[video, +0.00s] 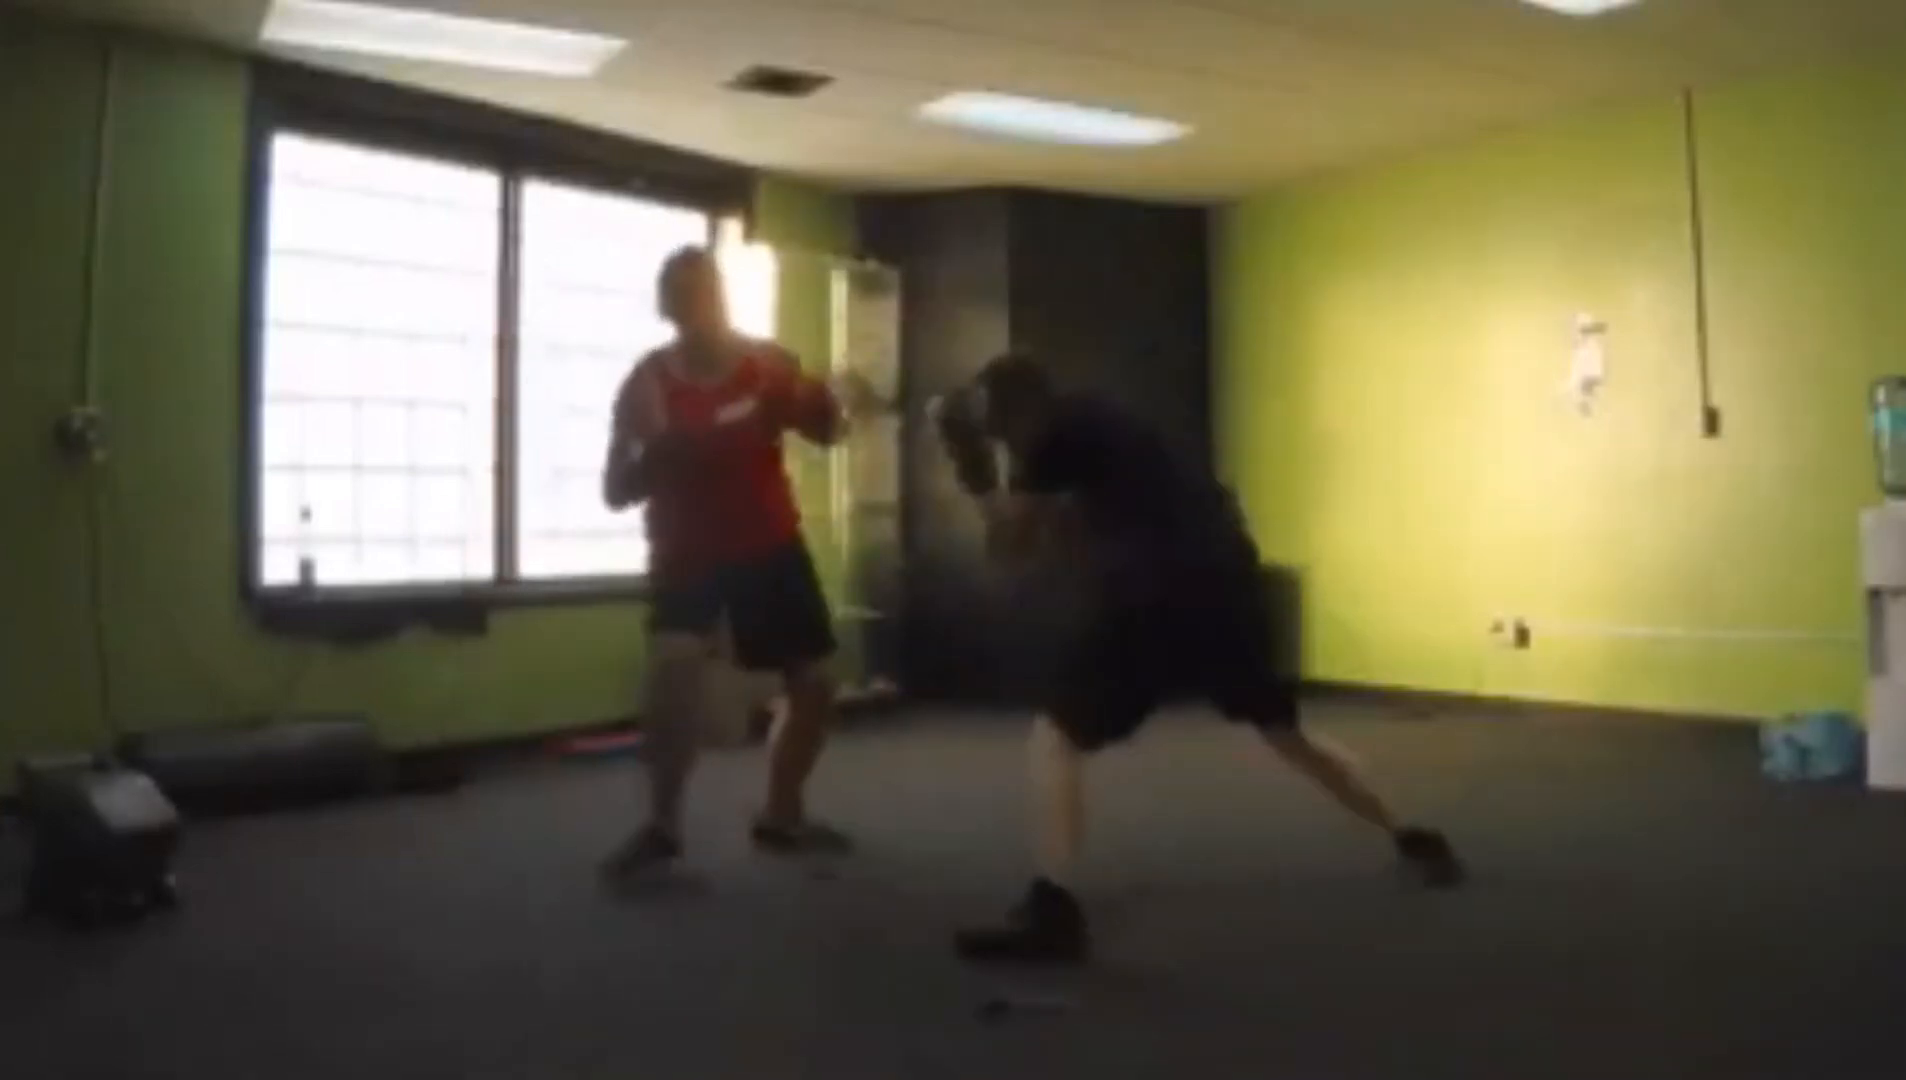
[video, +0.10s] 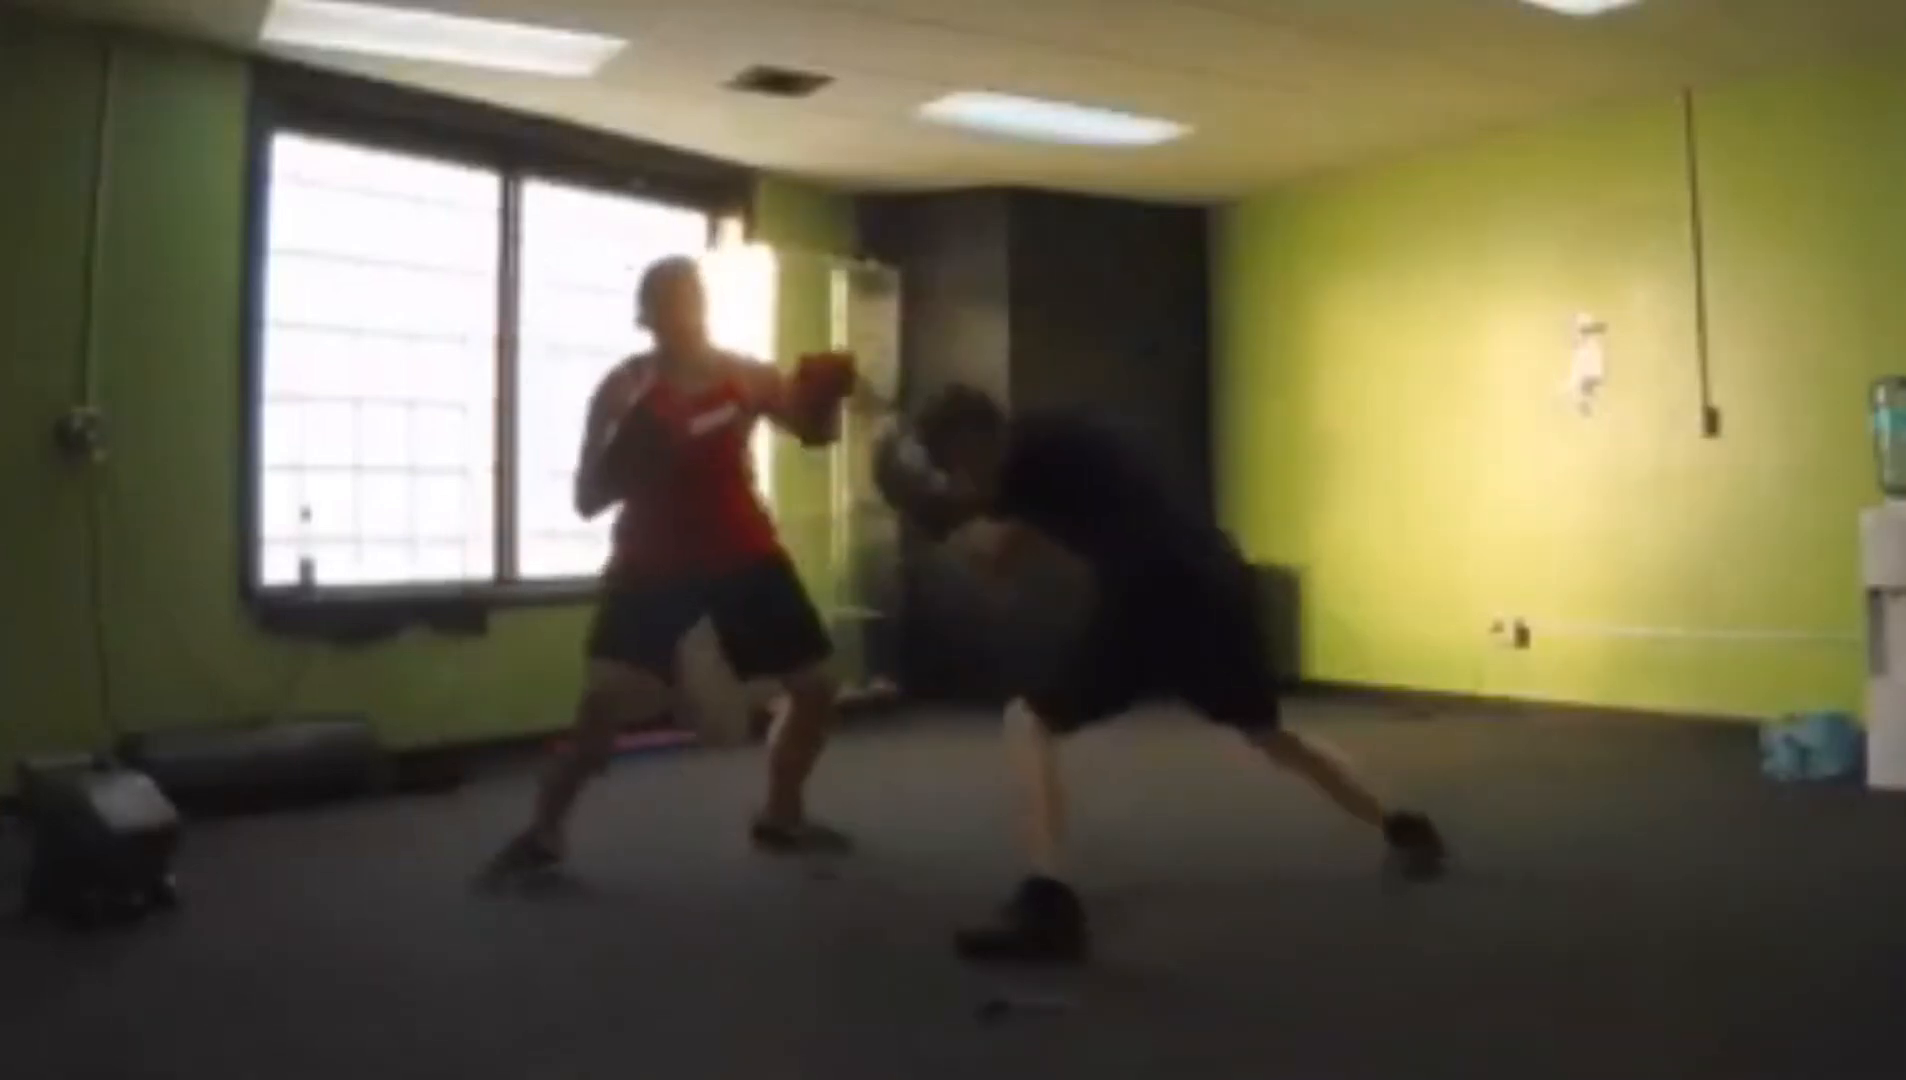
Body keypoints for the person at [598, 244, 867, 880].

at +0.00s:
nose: (700, 310)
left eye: (707, 293)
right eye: (687, 298)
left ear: (723, 295)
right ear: (667, 307)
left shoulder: (766, 366)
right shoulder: (651, 383)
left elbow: (826, 426)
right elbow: (618, 488)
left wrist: (806, 397)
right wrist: (660, 451)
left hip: (770, 554)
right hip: (686, 562)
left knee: (813, 688)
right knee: (671, 689)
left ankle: (783, 816)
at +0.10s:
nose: (685, 315)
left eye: (691, 300)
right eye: (670, 303)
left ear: (705, 303)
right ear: (647, 314)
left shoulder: (744, 377)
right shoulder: (626, 389)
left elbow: (814, 431)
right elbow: (589, 498)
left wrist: (824, 393)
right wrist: (634, 434)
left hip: (744, 557)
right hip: (651, 565)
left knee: (815, 688)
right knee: (603, 708)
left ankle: (782, 817)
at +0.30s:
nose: (647, 329)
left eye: (653, 314)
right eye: (631, 318)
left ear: (668, 315)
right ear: (608, 327)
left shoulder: (702, 380)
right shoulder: (589, 396)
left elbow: (786, 414)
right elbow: (533, 490)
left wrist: (852, 433)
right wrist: (562, 433)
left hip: (705, 561)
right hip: (615, 567)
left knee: (778, 680)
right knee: (559, 689)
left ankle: (824, 802)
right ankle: (528, 833)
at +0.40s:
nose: (647, 331)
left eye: (656, 315)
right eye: (632, 319)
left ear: (672, 317)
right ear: (611, 327)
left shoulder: (699, 385)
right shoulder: (596, 393)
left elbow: (777, 467)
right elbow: (545, 477)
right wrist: (570, 432)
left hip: (711, 566)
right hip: (621, 566)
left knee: (778, 690)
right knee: (559, 688)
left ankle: (833, 807)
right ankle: (528, 833)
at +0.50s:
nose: (676, 332)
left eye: (685, 317)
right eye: (663, 319)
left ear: (701, 325)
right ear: (643, 328)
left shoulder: (729, 402)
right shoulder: (616, 392)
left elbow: (786, 489)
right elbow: (576, 474)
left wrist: (731, 451)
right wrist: (638, 458)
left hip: (722, 568)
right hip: (629, 571)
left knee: (809, 684)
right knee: (565, 691)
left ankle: (845, 812)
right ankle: (528, 835)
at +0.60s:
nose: (736, 338)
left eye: (745, 324)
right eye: (723, 325)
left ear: (758, 323)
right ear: (700, 325)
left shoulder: (775, 386)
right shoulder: (661, 382)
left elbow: (841, 465)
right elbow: (596, 469)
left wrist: (863, 421)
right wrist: (627, 437)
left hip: (739, 558)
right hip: (648, 563)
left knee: (814, 678)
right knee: (588, 697)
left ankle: (845, 817)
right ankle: (527, 833)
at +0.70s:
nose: (800, 339)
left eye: (812, 326)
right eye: (789, 323)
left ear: (826, 330)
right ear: (770, 322)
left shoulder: (831, 403)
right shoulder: (717, 378)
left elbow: (869, 469)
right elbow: (634, 431)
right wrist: (700, 408)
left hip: (753, 548)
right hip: (671, 548)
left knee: (813, 677)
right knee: (611, 688)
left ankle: (844, 820)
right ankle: (535, 824)